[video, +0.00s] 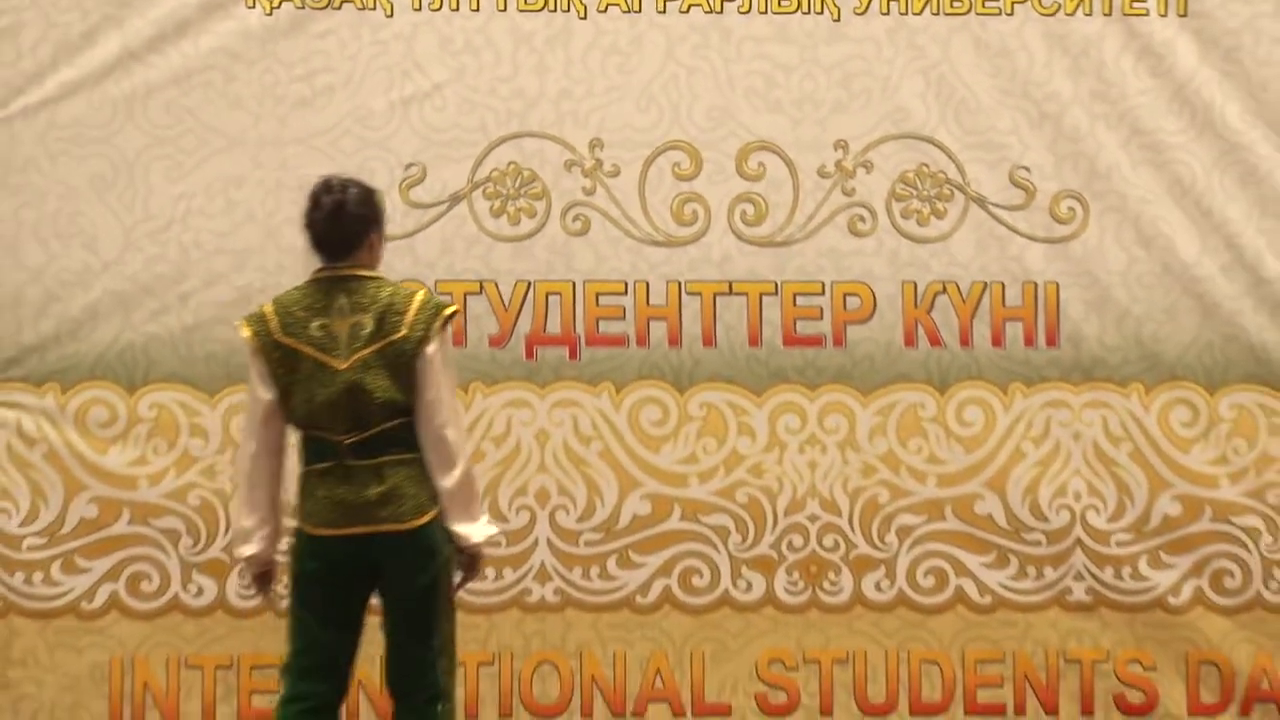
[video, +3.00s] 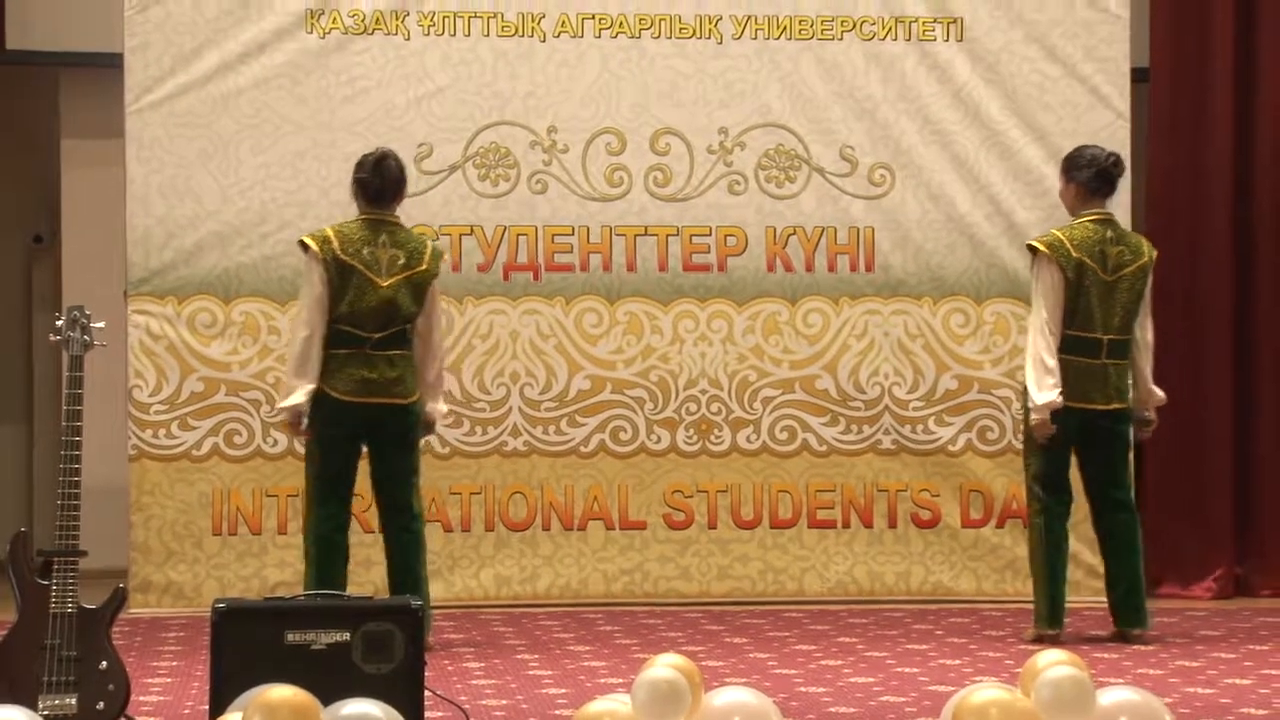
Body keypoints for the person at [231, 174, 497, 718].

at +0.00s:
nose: (383, 240)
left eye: (378, 231)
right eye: (381, 231)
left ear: (313, 239)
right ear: (373, 237)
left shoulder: (274, 323)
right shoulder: (413, 310)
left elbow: (264, 445)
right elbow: (440, 430)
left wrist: (258, 544)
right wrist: (468, 528)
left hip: (327, 539)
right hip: (411, 533)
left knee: (310, 691)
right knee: (422, 694)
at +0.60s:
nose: (375, 205)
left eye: (372, 196)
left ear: (371, 200)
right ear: (434, 200)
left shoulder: (349, 271)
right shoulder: (474, 275)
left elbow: (329, 378)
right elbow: (480, 383)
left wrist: (314, 472)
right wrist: (475, 465)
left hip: (362, 472)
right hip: (443, 478)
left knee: (309, 596)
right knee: (437, 620)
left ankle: (312, 714)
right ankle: (436, 719)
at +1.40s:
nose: (356, 180)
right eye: (365, 172)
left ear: (313, 176)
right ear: (369, 177)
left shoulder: (279, 242)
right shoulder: (396, 245)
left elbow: (259, 342)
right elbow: (408, 345)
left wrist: (243, 424)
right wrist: (412, 427)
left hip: (300, 428)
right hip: (372, 429)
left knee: (302, 554)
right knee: (371, 553)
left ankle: (309, 681)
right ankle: (366, 679)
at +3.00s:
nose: (378, 198)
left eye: (363, 189)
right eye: (390, 190)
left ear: (355, 192)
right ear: (402, 195)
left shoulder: (326, 246)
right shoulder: (426, 253)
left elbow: (311, 326)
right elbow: (430, 336)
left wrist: (299, 395)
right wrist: (430, 400)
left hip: (336, 404)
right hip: (398, 406)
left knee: (327, 517)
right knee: (403, 517)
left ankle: (322, 623)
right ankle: (412, 622)